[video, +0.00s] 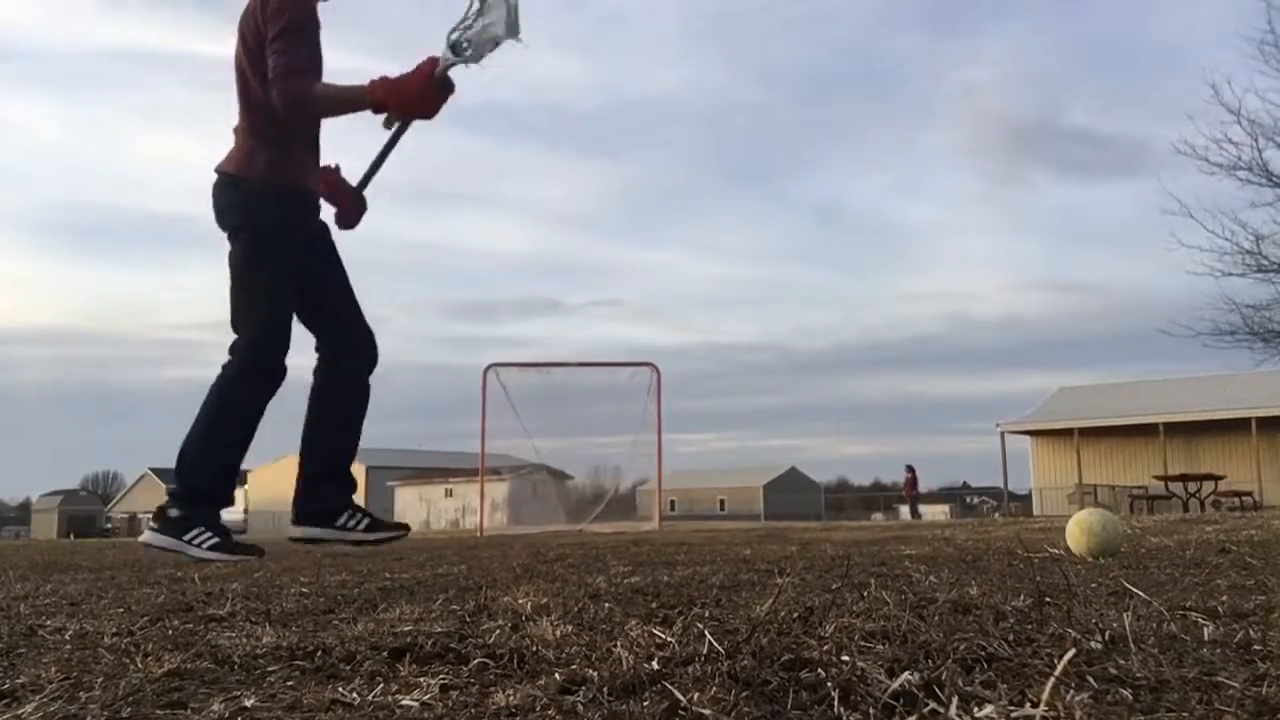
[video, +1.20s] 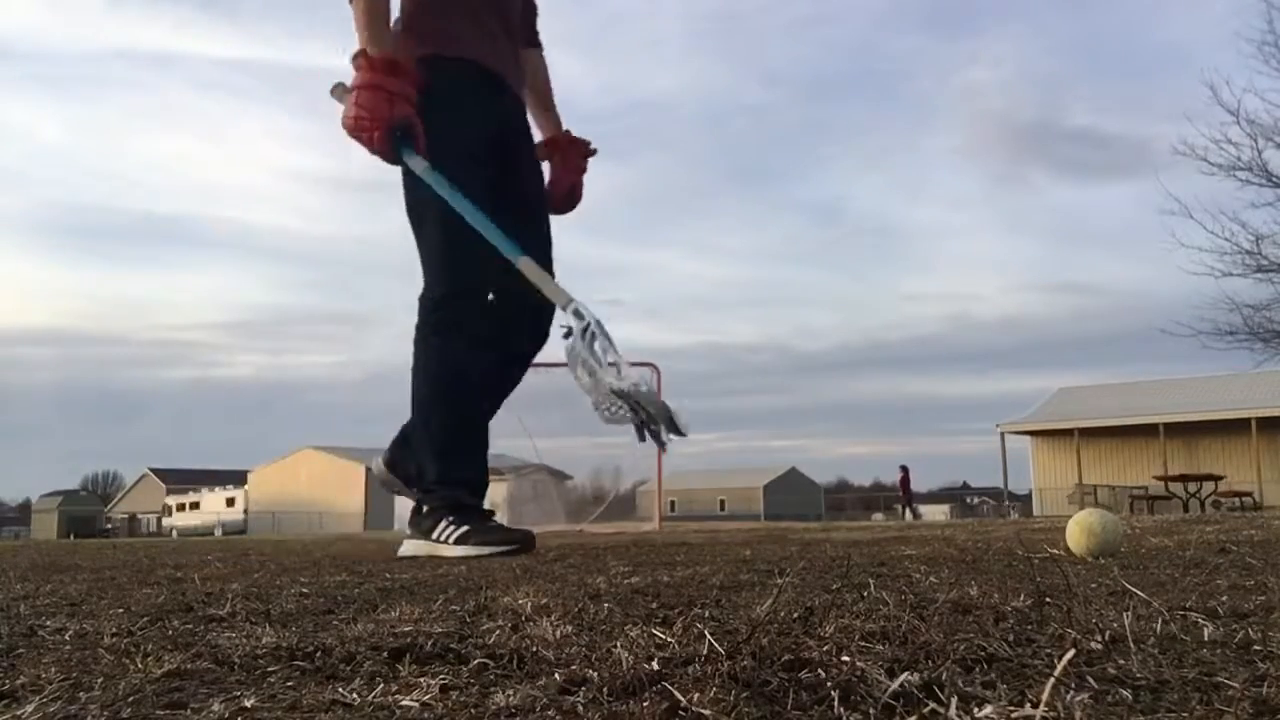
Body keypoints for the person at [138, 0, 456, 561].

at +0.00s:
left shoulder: (270, 12)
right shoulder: (289, 7)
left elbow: (266, 124)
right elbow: (292, 96)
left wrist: (319, 178)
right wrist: (385, 95)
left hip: (279, 196)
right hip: (263, 194)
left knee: (351, 347)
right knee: (259, 356)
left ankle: (324, 507)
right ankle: (184, 512)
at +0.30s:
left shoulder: (350, 18)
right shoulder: (318, 4)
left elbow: (344, 126)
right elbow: (315, 82)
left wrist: (400, 164)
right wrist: (400, 109)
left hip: (352, 195)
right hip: (303, 186)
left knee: (380, 352)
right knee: (287, 350)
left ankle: (365, 523)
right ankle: (196, 502)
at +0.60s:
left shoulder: (429, 14)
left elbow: (420, 99)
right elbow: (324, 13)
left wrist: (452, 123)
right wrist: (343, 72)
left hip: (408, 163)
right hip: (356, 148)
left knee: (402, 341)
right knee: (375, 322)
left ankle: (366, 519)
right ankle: (288, 490)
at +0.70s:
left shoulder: (444, 12)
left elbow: (443, 65)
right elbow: (319, 7)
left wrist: (469, 146)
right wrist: (323, 69)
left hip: (421, 148)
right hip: (372, 129)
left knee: (408, 332)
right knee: (383, 316)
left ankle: (375, 511)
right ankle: (342, 504)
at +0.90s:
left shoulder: (481, 13)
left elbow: (485, 90)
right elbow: (316, 8)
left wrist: (511, 188)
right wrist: (321, 88)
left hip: (448, 148)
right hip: (396, 129)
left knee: (414, 320)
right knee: (417, 315)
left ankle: (363, 511)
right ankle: (434, 497)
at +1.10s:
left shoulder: (509, 10)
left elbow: (514, 59)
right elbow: (346, 4)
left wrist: (534, 158)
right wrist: (341, 87)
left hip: (482, 115)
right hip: (426, 92)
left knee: (474, 313)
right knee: (458, 304)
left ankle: (388, 482)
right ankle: (445, 508)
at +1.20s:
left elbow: (524, 40)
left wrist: (554, 133)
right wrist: (379, 63)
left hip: (502, 95)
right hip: (437, 75)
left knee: (527, 305)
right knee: (457, 290)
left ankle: (416, 456)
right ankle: (441, 508)